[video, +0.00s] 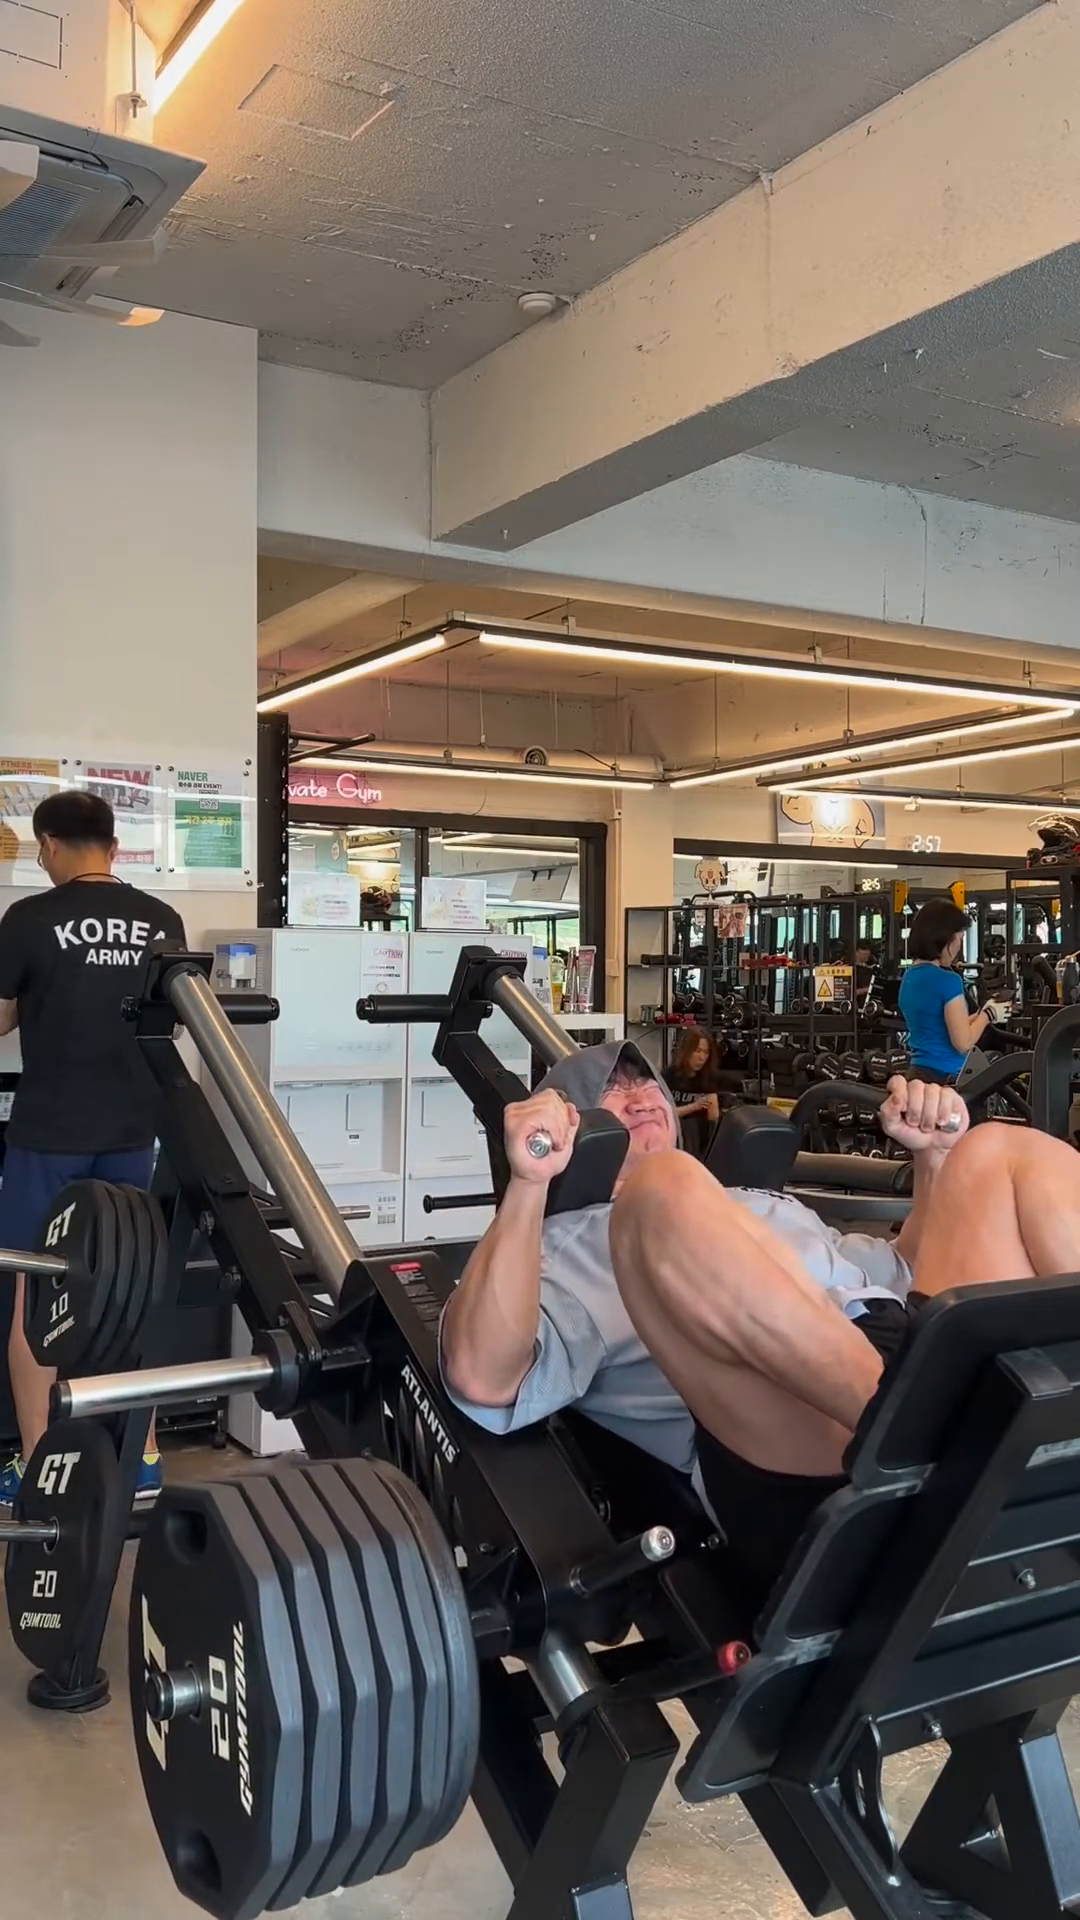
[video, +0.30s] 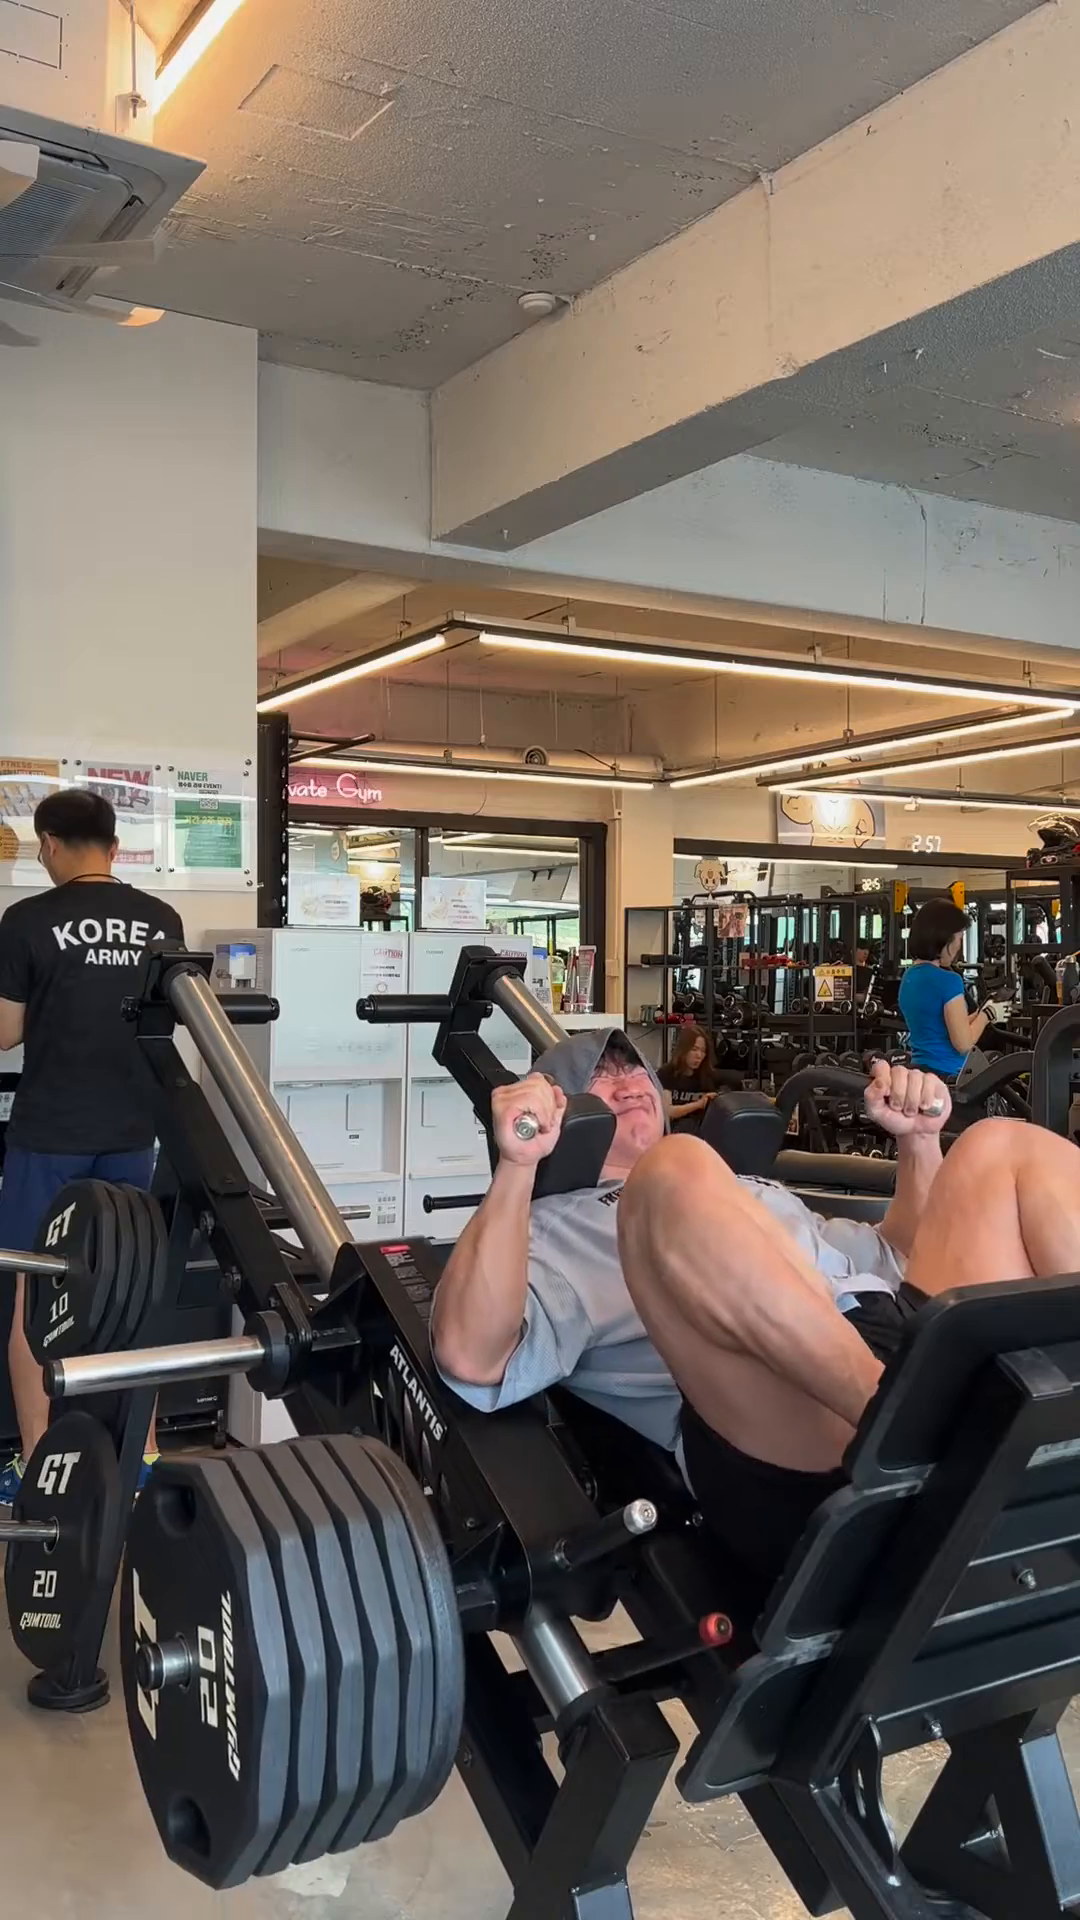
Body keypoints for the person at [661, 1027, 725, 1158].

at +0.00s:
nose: (702, 1057)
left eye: (706, 1052)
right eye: (697, 1051)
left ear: (709, 1055)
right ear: (686, 1051)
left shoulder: (709, 1080)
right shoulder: (667, 1078)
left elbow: (713, 1119)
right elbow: (659, 1114)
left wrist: (713, 1109)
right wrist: (693, 1107)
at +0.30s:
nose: (699, 1056)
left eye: (703, 1051)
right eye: (694, 1050)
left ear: (706, 1054)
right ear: (683, 1049)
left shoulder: (706, 1077)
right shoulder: (666, 1074)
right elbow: (667, 1111)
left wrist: (714, 1101)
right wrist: (698, 1104)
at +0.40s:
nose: (698, 1055)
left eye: (702, 1050)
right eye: (693, 1049)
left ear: (705, 1053)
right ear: (682, 1049)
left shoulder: (706, 1075)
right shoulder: (665, 1073)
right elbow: (667, 1112)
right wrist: (698, 1106)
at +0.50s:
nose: (697, 1055)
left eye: (701, 1050)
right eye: (692, 1049)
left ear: (705, 1053)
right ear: (681, 1048)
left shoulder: (704, 1076)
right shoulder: (665, 1073)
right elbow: (666, 1112)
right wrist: (695, 1107)